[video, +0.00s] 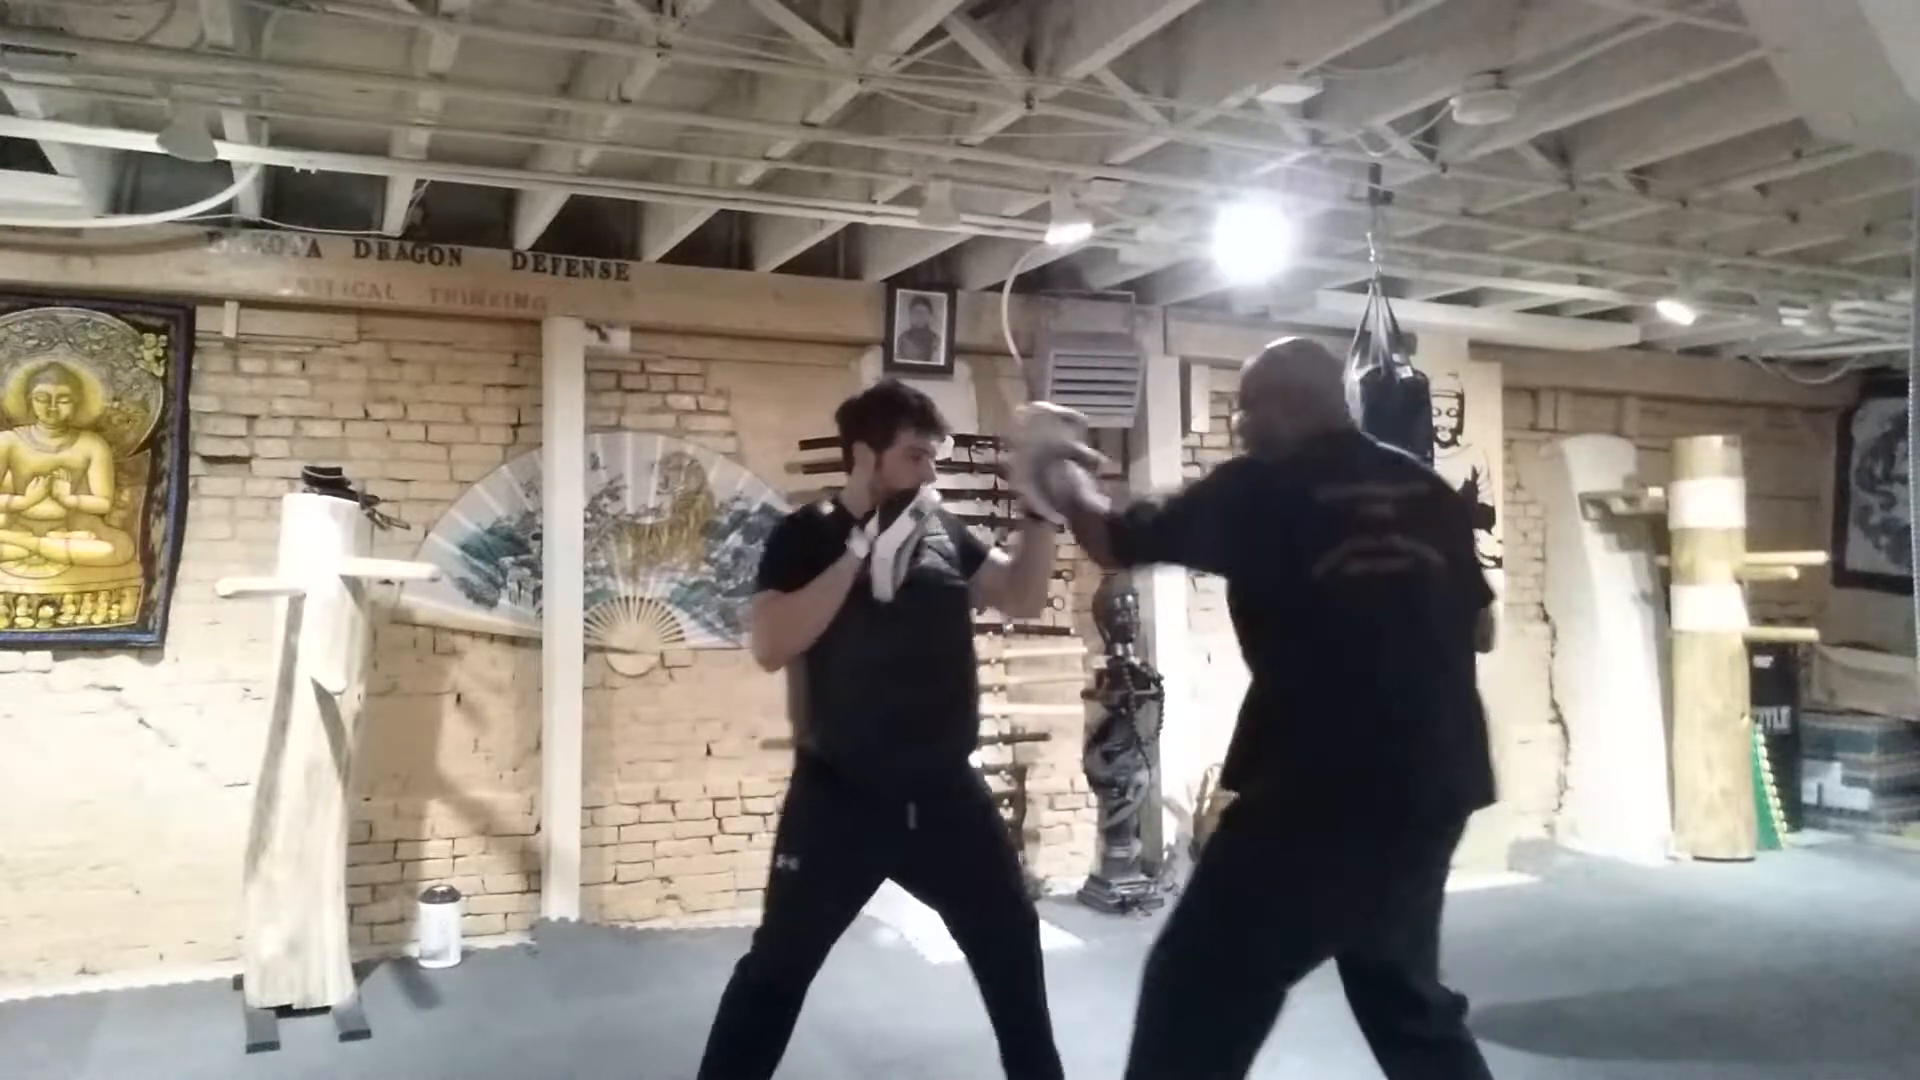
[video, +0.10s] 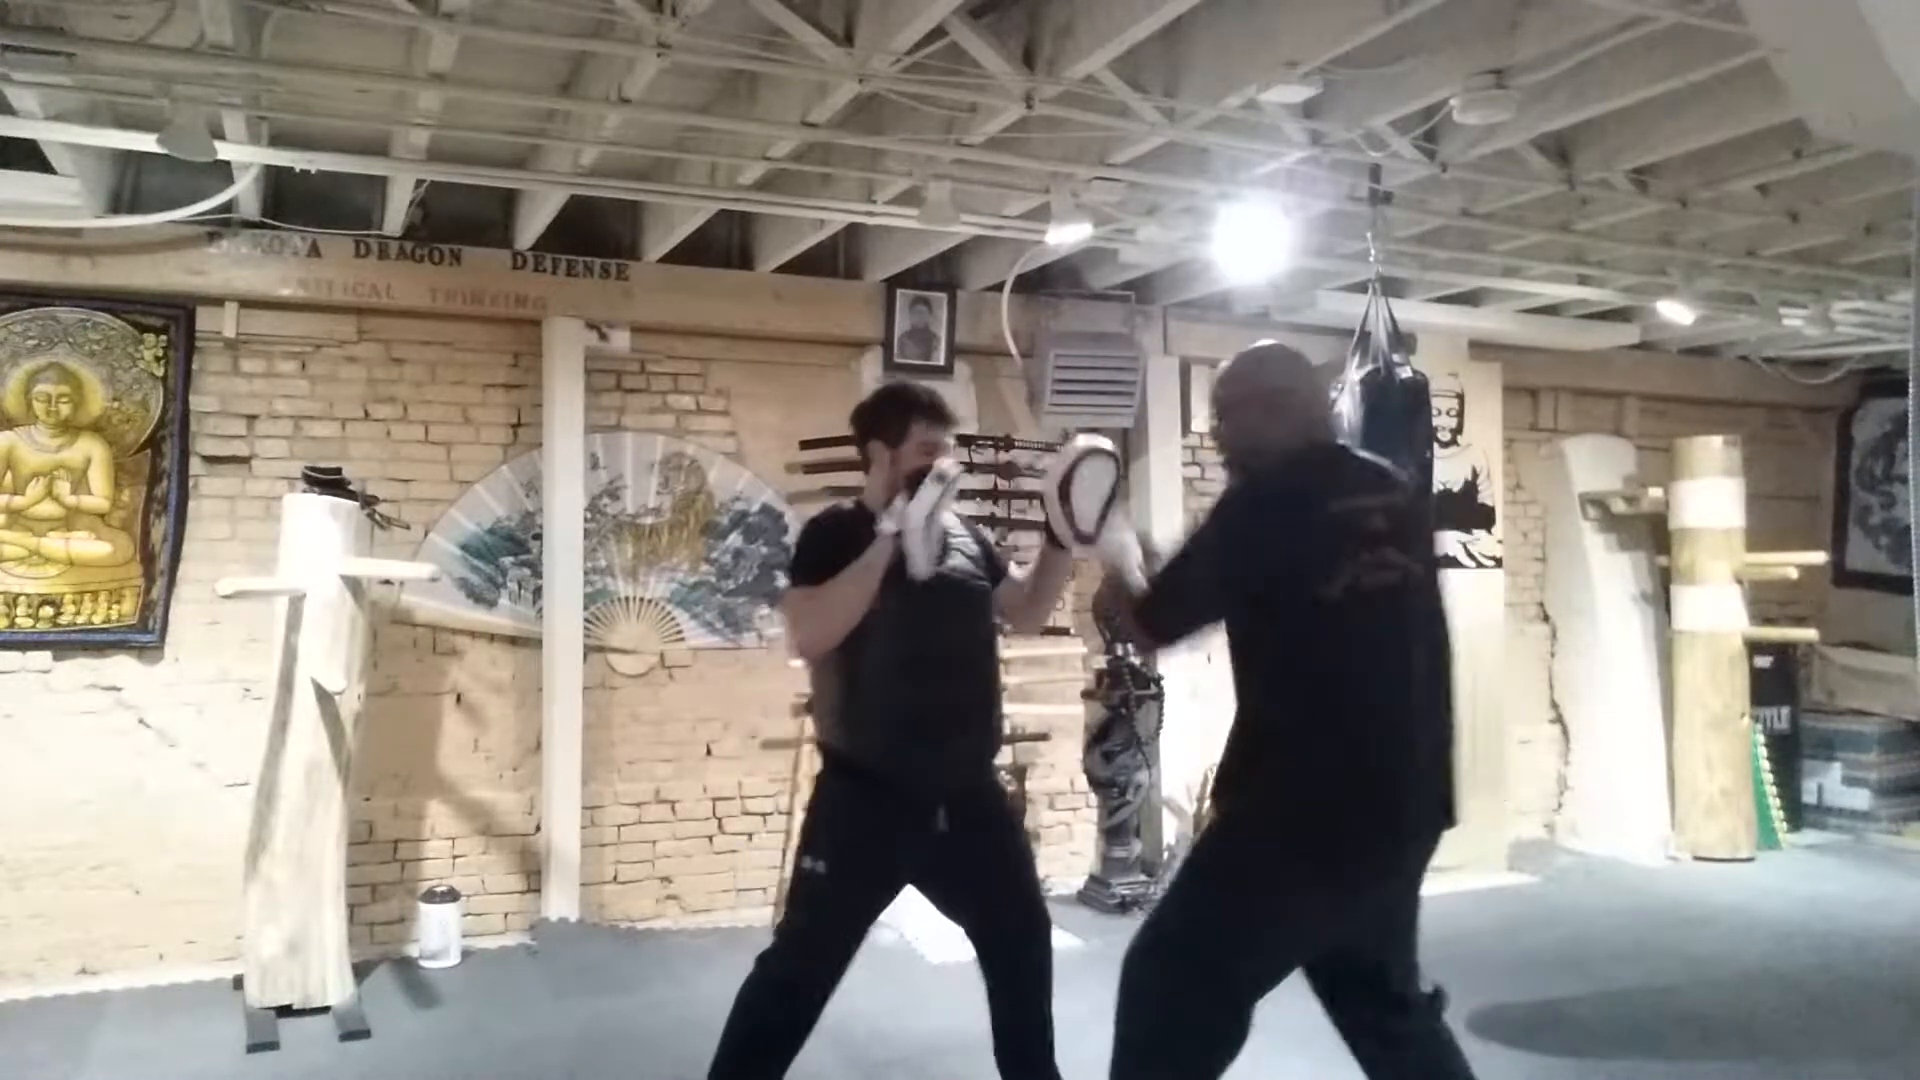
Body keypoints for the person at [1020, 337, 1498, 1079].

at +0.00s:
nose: (1239, 424)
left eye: (1247, 407)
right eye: (1240, 407)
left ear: (1281, 408)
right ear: (1340, 404)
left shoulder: (1259, 488)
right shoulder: (1429, 491)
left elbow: (1114, 540)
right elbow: (1479, 627)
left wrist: (1051, 467)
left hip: (1306, 803)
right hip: (1428, 798)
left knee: (1189, 1018)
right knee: (1409, 1007)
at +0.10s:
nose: (1218, 436)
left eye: (1228, 416)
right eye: (1218, 418)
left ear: (1270, 415)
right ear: (1317, 409)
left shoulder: (1266, 502)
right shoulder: (1392, 490)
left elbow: (1152, 622)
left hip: (1294, 816)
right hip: (1402, 807)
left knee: (1171, 988)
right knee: (1382, 1003)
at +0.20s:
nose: (1184, 434)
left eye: (1197, 415)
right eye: (1184, 417)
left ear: (1248, 412)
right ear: (1261, 413)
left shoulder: (1275, 512)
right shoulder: (1329, 494)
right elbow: (1284, 585)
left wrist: (1145, 647)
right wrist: (1200, 521)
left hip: (1292, 823)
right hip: (1368, 813)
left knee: (1159, 984)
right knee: (1376, 1019)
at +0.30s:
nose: (1157, 444)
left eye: (1169, 423)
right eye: (1157, 425)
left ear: (1221, 418)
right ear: (1223, 419)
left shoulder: (1303, 508)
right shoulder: (1226, 513)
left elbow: (1302, 682)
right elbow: (1142, 550)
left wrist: (1168, 659)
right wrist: (1060, 487)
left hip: (1289, 819)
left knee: (1154, 986)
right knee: (1368, 1014)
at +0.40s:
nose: (1141, 450)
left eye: (1147, 429)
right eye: (1139, 432)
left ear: (1198, 418)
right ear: (1202, 420)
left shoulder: (1298, 504)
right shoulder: (1208, 512)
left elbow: (1302, 678)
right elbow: (1131, 580)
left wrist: (1166, 636)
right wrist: (1057, 533)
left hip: (1278, 815)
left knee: (1142, 985)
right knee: (1335, 984)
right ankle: (1415, 1075)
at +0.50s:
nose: (1142, 446)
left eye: (1149, 426)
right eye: (1141, 429)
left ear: (1200, 418)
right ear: (1209, 419)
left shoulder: (1266, 506)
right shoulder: (1252, 501)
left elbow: (1238, 676)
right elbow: (1221, 653)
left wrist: (1149, 616)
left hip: (1263, 812)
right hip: (1317, 801)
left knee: (1134, 981)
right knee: (1297, 971)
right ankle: (1372, 1075)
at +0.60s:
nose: (1145, 448)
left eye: (1155, 430)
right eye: (1144, 432)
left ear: (1204, 423)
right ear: (1220, 424)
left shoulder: (1240, 506)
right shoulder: (1291, 492)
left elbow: (1167, 653)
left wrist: (1114, 599)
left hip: (1254, 813)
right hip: (1335, 803)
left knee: (1127, 979)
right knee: (1311, 991)